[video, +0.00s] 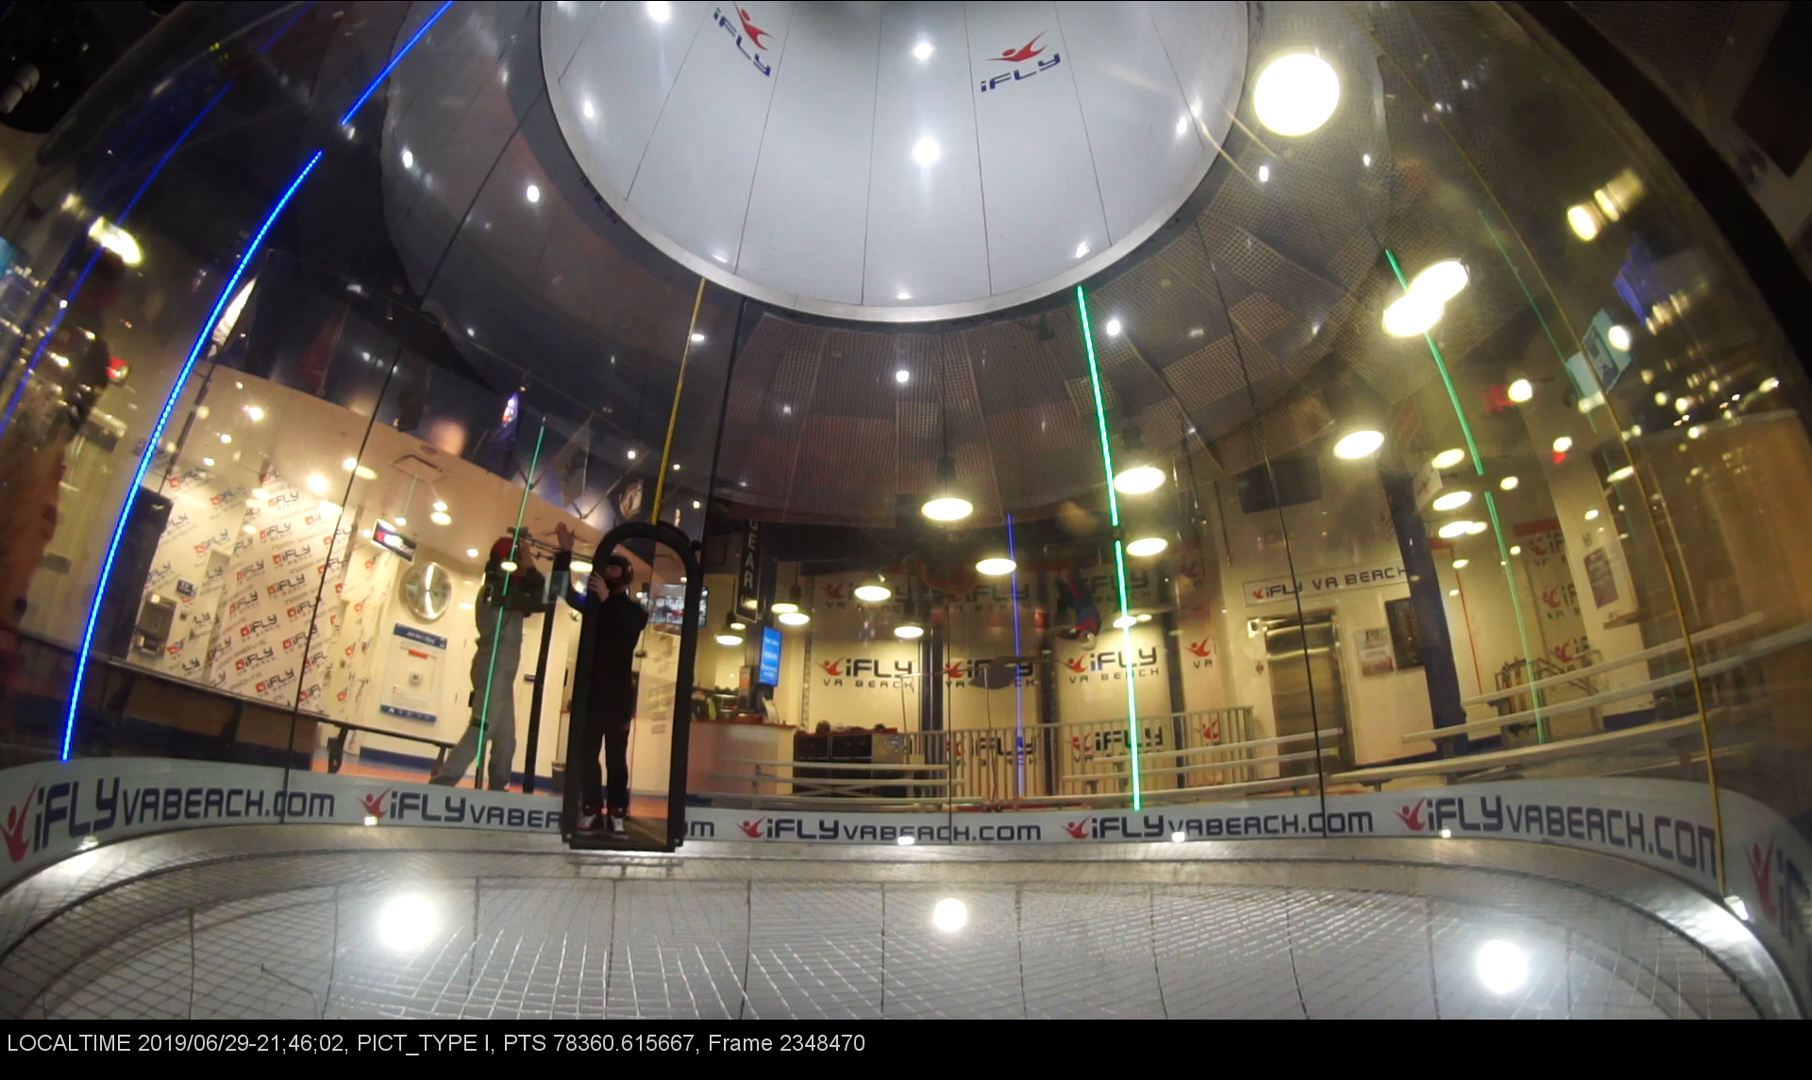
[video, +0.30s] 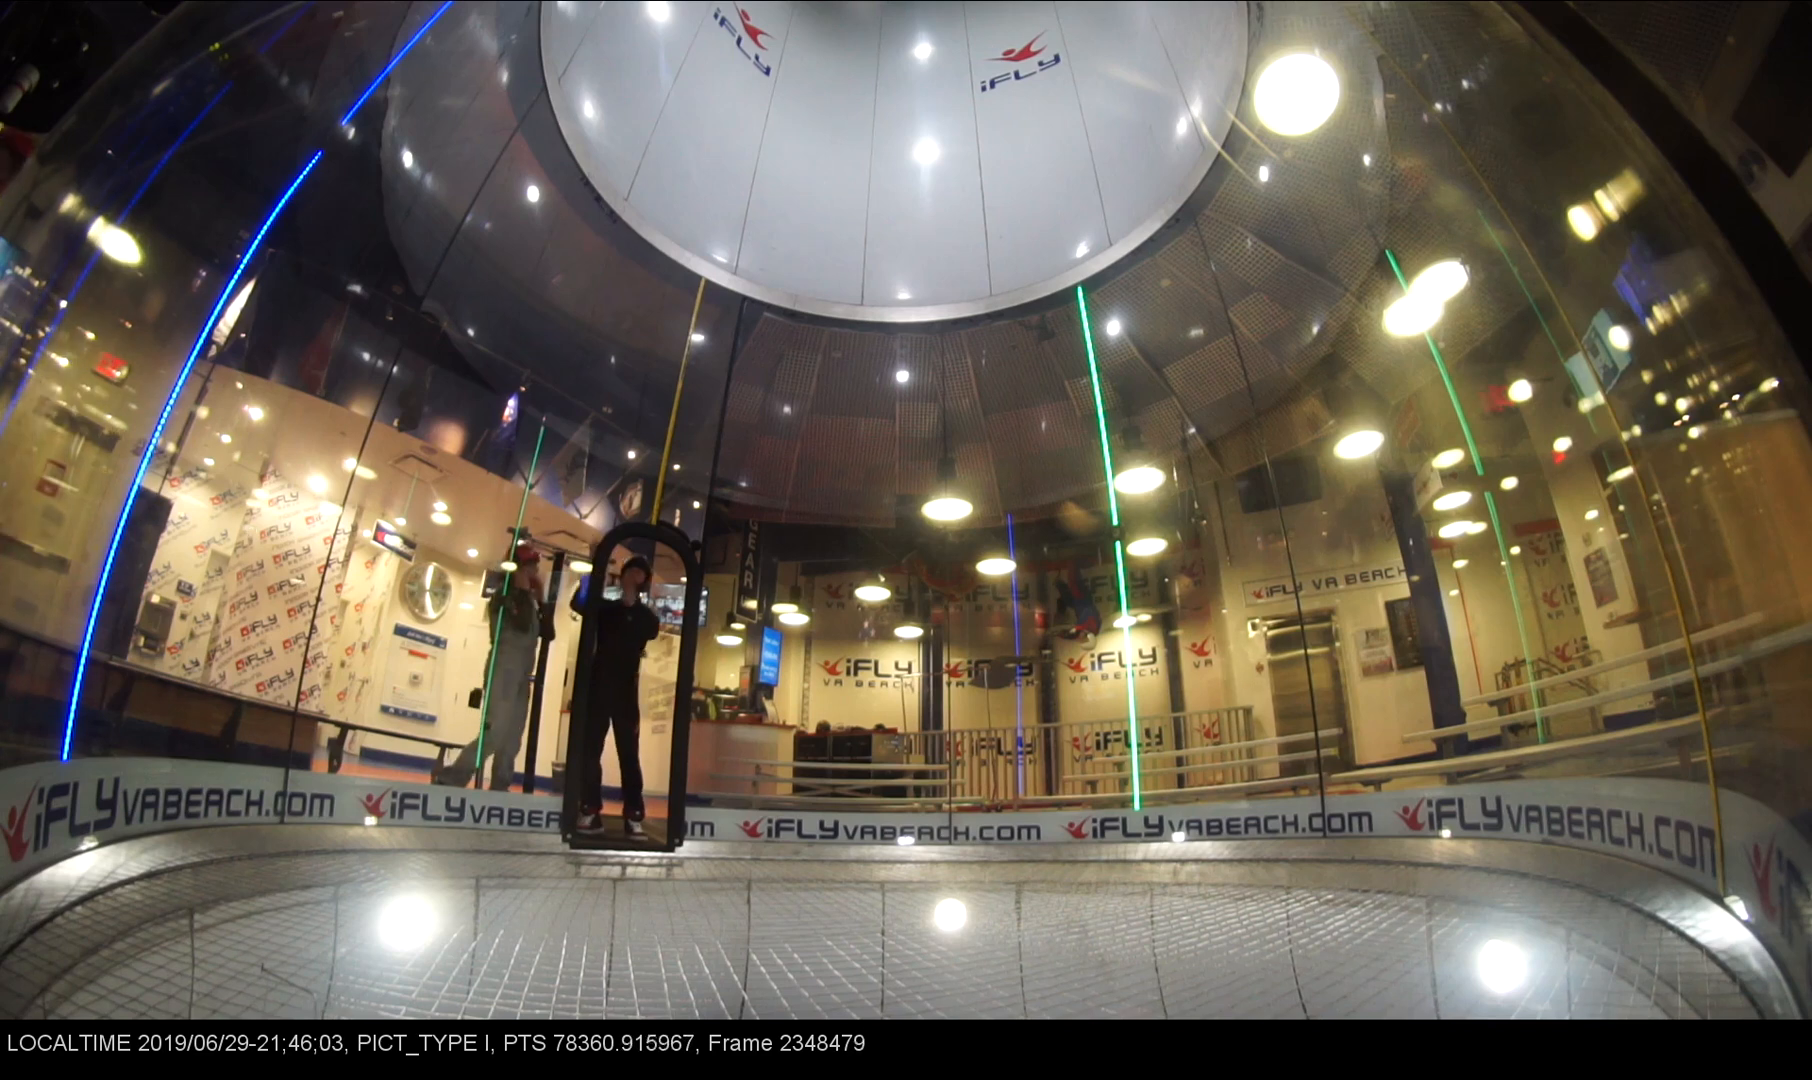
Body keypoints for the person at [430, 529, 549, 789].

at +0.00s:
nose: (530, 555)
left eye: (529, 550)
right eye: (525, 550)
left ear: (501, 559)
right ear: (510, 558)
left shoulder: (507, 590)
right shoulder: (497, 590)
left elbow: (540, 599)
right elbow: (534, 598)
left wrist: (530, 568)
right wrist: (528, 567)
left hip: (503, 670)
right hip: (491, 667)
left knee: (505, 737)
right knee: (481, 729)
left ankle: (497, 792)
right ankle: (442, 784)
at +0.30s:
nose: (535, 572)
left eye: (536, 566)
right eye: (530, 566)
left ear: (534, 569)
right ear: (518, 568)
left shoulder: (529, 600)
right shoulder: (502, 598)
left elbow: (547, 633)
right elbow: (522, 622)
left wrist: (541, 600)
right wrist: (524, 590)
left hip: (522, 675)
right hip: (502, 671)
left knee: (513, 735)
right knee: (497, 730)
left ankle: (500, 789)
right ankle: (451, 777)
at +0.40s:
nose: (536, 571)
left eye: (537, 566)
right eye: (531, 566)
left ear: (538, 570)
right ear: (518, 568)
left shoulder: (534, 605)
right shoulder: (503, 598)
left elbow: (548, 640)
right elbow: (511, 628)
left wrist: (548, 609)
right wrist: (520, 594)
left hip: (527, 674)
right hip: (504, 670)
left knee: (514, 732)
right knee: (499, 727)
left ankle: (501, 786)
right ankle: (466, 774)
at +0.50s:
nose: (536, 576)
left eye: (538, 572)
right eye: (531, 571)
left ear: (539, 577)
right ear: (517, 572)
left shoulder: (539, 609)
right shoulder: (501, 601)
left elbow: (549, 644)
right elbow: (502, 631)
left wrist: (546, 613)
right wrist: (519, 600)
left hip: (529, 675)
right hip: (503, 671)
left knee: (515, 732)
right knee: (495, 728)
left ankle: (501, 786)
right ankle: (473, 781)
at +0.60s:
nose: (528, 578)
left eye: (533, 574)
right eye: (524, 572)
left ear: (538, 579)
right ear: (514, 575)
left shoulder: (539, 609)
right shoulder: (500, 601)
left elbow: (548, 646)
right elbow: (499, 629)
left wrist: (543, 616)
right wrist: (516, 600)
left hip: (530, 669)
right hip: (502, 664)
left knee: (516, 727)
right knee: (495, 720)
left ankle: (501, 783)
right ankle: (482, 776)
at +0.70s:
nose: (525, 574)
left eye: (530, 570)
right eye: (522, 568)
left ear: (536, 577)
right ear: (513, 571)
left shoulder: (538, 609)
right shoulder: (499, 602)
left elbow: (546, 648)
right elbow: (493, 629)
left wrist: (542, 619)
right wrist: (509, 604)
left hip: (527, 665)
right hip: (500, 662)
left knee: (515, 726)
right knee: (492, 722)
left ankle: (500, 784)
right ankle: (481, 781)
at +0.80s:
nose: (520, 575)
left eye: (526, 572)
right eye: (518, 569)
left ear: (533, 579)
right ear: (510, 572)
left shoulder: (537, 611)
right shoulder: (497, 603)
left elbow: (543, 648)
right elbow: (488, 633)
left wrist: (538, 620)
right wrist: (502, 605)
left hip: (523, 667)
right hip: (496, 663)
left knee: (512, 726)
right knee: (490, 720)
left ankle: (499, 783)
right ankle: (480, 778)